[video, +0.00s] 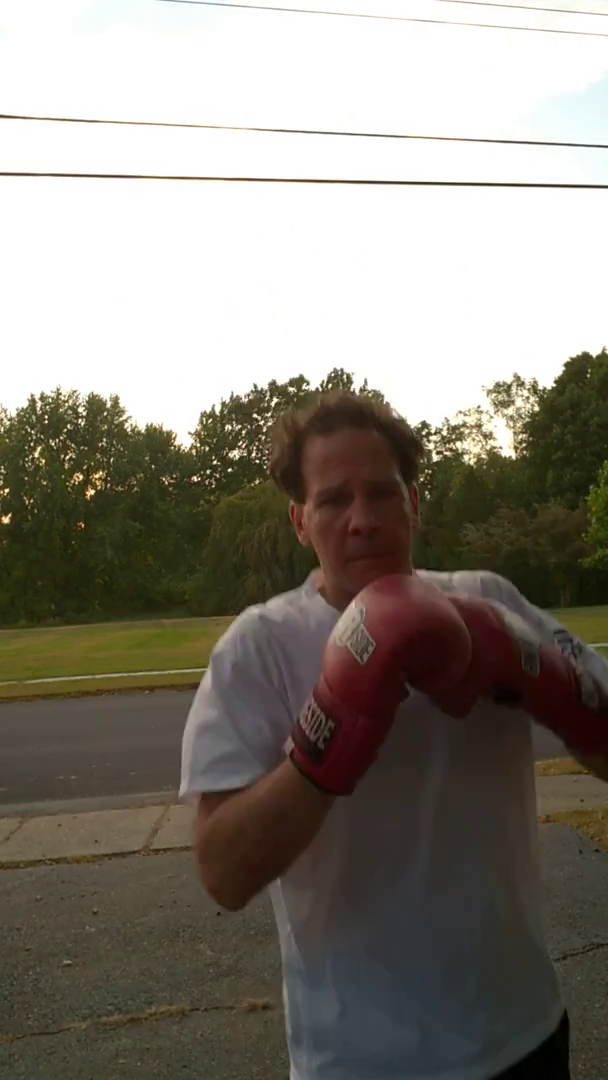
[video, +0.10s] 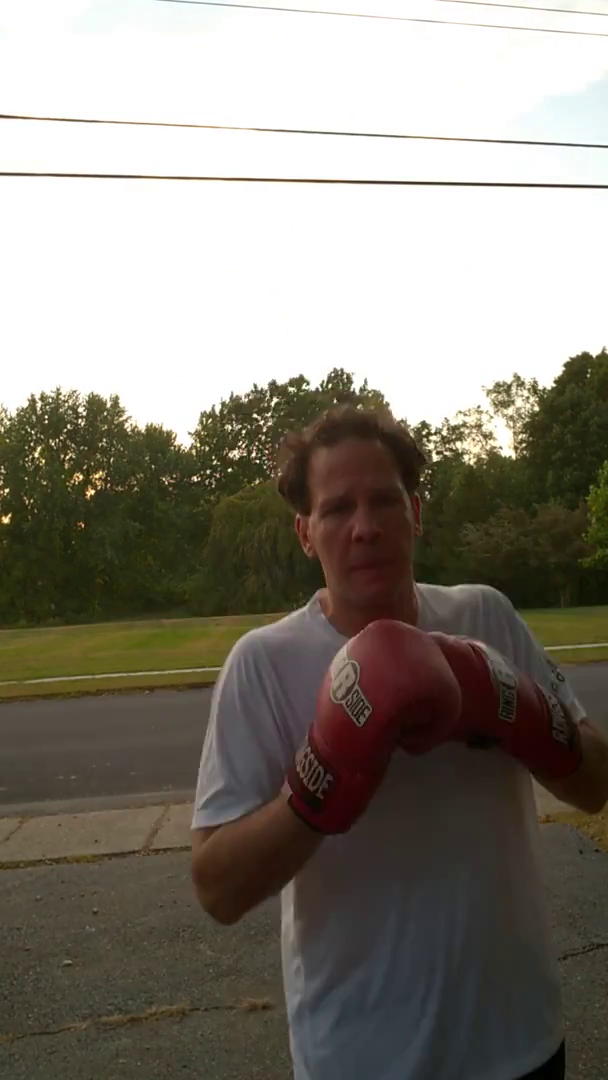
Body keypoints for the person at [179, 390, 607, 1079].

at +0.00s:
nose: (363, 520)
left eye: (382, 493)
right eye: (335, 500)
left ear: (414, 502)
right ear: (300, 522)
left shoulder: (489, 604)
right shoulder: (258, 647)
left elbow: (602, 736)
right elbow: (225, 874)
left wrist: (525, 669)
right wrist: (340, 719)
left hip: (514, 1018)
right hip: (355, 1042)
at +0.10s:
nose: (365, 528)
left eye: (383, 501)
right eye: (338, 509)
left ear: (416, 513)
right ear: (306, 533)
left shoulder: (485, 619)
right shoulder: (262, 663)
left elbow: (595, 788)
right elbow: (220, 891)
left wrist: (515, 715)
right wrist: (326, 775)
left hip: (512, 1025)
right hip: (354, 1044)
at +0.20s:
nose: (341, 481)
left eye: (360, 455)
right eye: (314, 462)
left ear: (391, 468)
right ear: (282, 484)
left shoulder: (461, 567)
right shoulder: (234, 612)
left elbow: (588, 724)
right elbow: (195, 831)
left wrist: (486, 638)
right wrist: (293, 713)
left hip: (487, 985)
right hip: (325, 1015)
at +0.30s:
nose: (310, 481)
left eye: (331, 457)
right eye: (284, 462)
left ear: (365, 468)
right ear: (251, 481)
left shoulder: (430, 560)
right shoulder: (209, 592)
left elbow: (587, 706)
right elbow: (144, 803)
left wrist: (450, 602)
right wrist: (250, 634)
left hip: (445, 987)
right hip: (280, 1010)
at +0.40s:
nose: (284, 519)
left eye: (305, 496)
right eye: (259, 501)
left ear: (339, 509)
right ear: (227, 519)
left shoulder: (403, 610)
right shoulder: (182, 638)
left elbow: (555, 773)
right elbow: (97, 835)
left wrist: (442, 659)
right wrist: (217, 664)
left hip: (411, 1036)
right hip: (247, 1046)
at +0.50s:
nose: (263, 520)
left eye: (284, 494)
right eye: (238, 498)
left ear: (320, 508)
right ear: (205, 522)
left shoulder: (393, 617)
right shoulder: (152, 646)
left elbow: (495, 801)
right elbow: (76, 876)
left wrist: (394, 719)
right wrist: (196, 761)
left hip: (390, 1042)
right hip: (218, 1053)